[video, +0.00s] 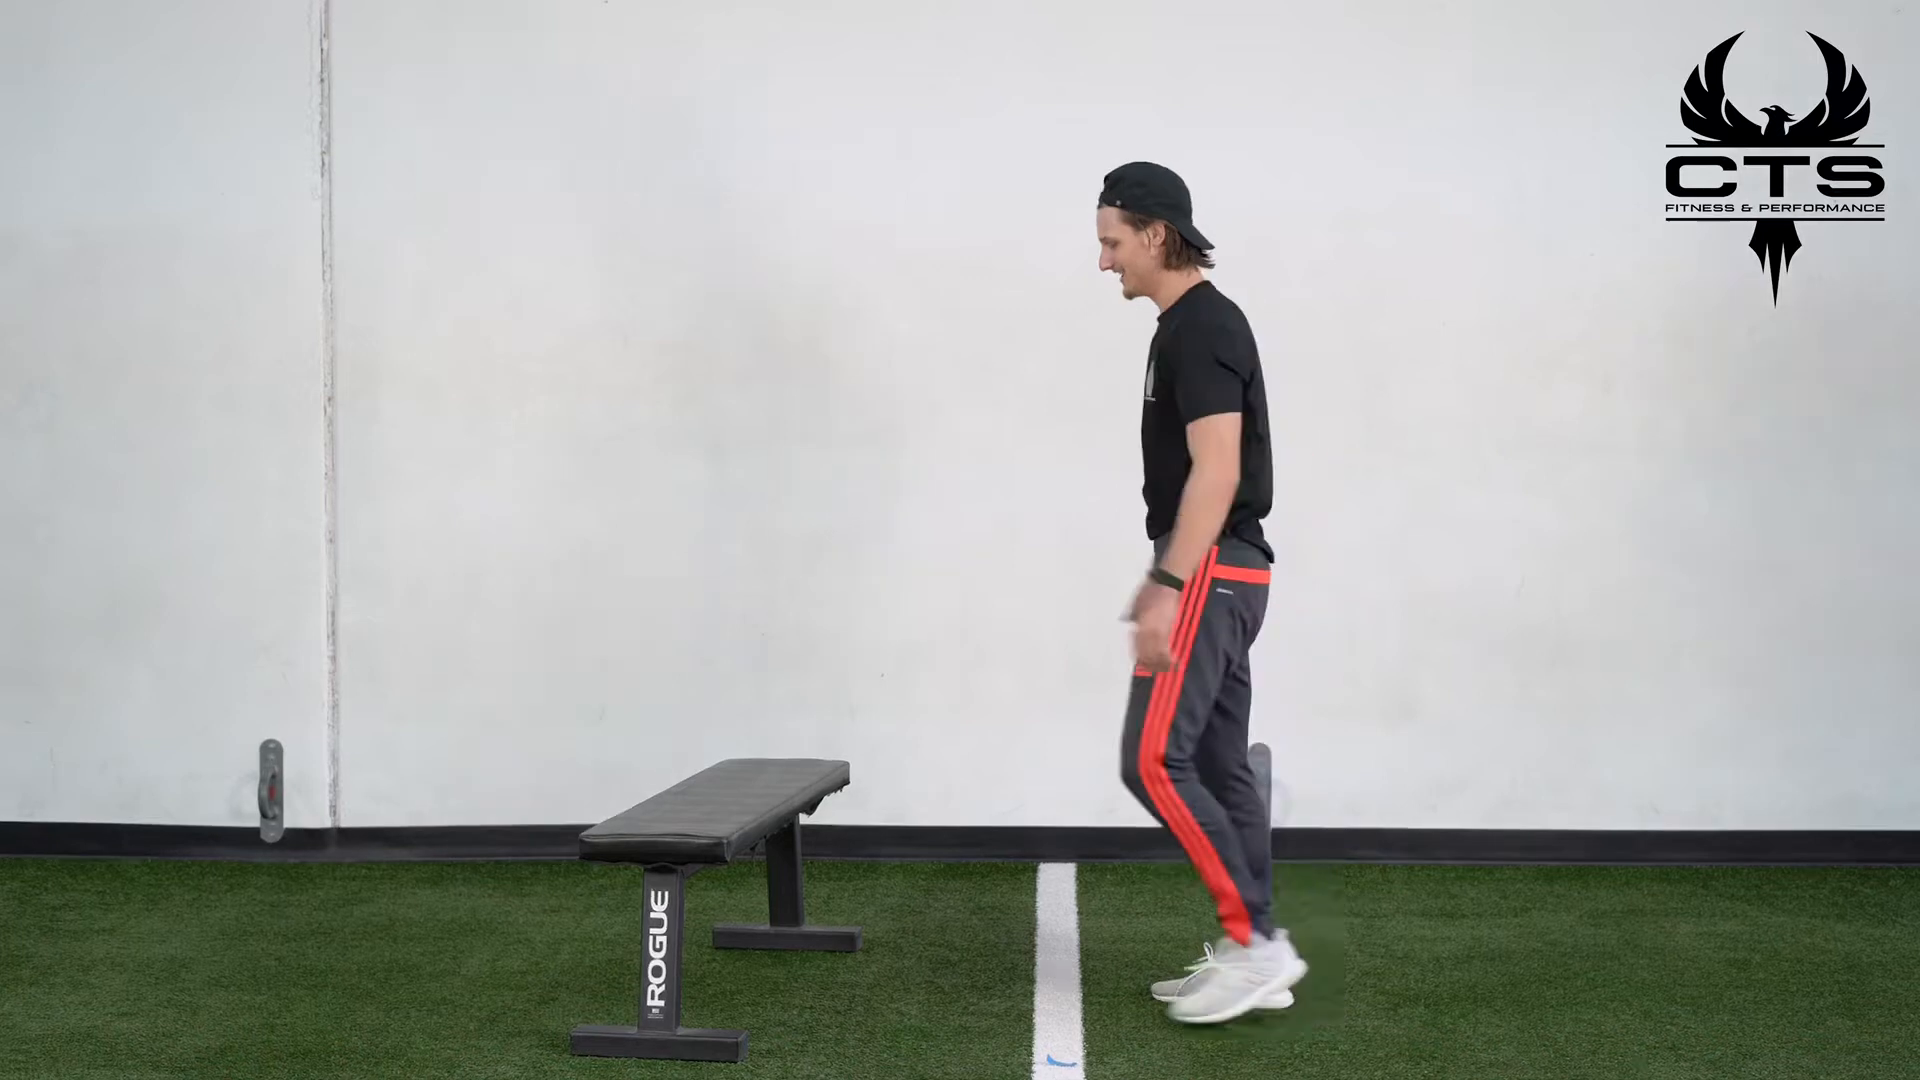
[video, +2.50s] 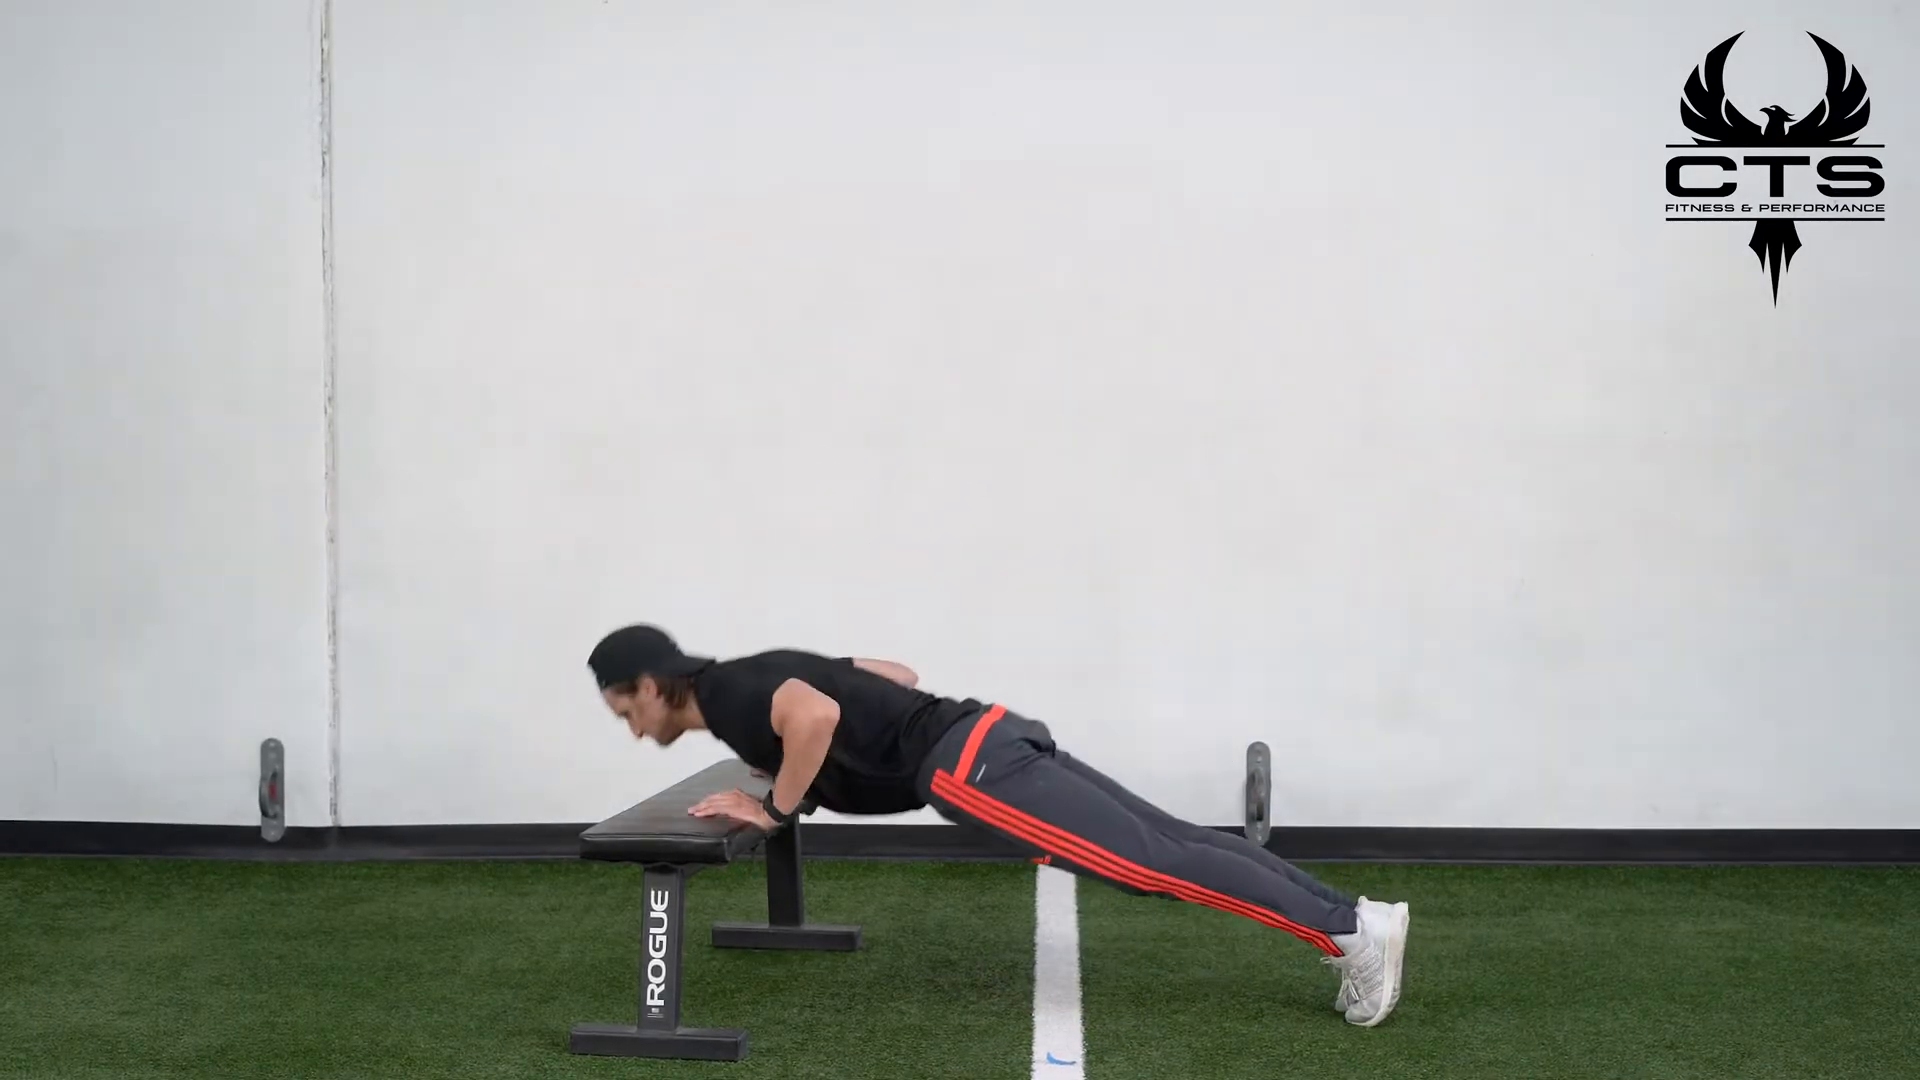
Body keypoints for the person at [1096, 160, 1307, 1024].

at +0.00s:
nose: (1105, 258)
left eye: (1113, 240)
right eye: (1102, 242)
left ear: (1158, 235)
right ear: (1159, 237)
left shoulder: (1198, 327)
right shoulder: (1197, 322)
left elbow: (1217, 475)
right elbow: (1212, 473)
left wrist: (1167, 584)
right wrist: (1173, 579)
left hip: (1211, 573)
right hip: (1217, 573)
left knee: (1154, 759)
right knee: (1222, 763)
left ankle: (1255, 944)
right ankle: (1253, 949)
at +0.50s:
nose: (981, 267)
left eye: (988, 249)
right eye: (979, 249)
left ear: (1035, 244)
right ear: (1037, 246)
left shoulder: (1078, 331)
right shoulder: (1096, 322)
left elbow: (1096, 485)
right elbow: (1119, 475)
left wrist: (1034, 604)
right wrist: (1079, 576)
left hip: (1134, 571)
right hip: (1159, 568)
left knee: (1081, 773)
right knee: (1127, 759)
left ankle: (1098, 981)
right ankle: (1220, 936)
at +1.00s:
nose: (843, 435)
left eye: (846, 415)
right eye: (838, 418)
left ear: (887, 400)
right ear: (896, 400)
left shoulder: (946, 461)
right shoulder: (972, 450)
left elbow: (888, 621)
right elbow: (939, 605)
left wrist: (803, 717)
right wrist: (871, 685)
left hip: (1149, 579)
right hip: (1166, 573)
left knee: (1063, 772)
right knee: (1099, 774)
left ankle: (1099, 976)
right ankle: (1099, 964)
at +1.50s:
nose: (766, 526)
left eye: (770, 509)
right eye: (762, 512)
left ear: (811, 494)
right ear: (817, 493)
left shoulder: (868, 542)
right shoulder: (894, 536)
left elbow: (851, 682)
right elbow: (887, 679)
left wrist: (775, 800)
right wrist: (827, 766)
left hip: (1110, 601)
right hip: (1091, 610)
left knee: (1214, 787)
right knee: (1026, 755)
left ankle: (1376, 937)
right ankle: (1086, 944)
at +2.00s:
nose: (672, 596)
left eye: (673, 579)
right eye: (667, 582)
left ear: (708, 568)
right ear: (718, 560)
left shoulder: (785, 605)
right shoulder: (806, 585)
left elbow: (849, 731)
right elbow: (869, 720)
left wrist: (777, 803)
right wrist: (801, 774)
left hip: (1015, 714)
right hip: (1032, 694)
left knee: (1178, 838)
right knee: (1185, 819)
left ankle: (1367, 935)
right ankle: (1368, 917)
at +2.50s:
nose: (627, 725)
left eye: (625, 710)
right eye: (619, 714)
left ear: (655, 686)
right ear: (663, 673)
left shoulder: (723, 694)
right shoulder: (758, 675)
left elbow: (811, 714)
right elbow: (897, 674)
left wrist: (772, 809)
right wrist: (888, 746)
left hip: (970, 765)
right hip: (992, 741)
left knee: (1151, 860)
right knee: (1164, 837)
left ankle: (1352, 934)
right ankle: (1353, 919)